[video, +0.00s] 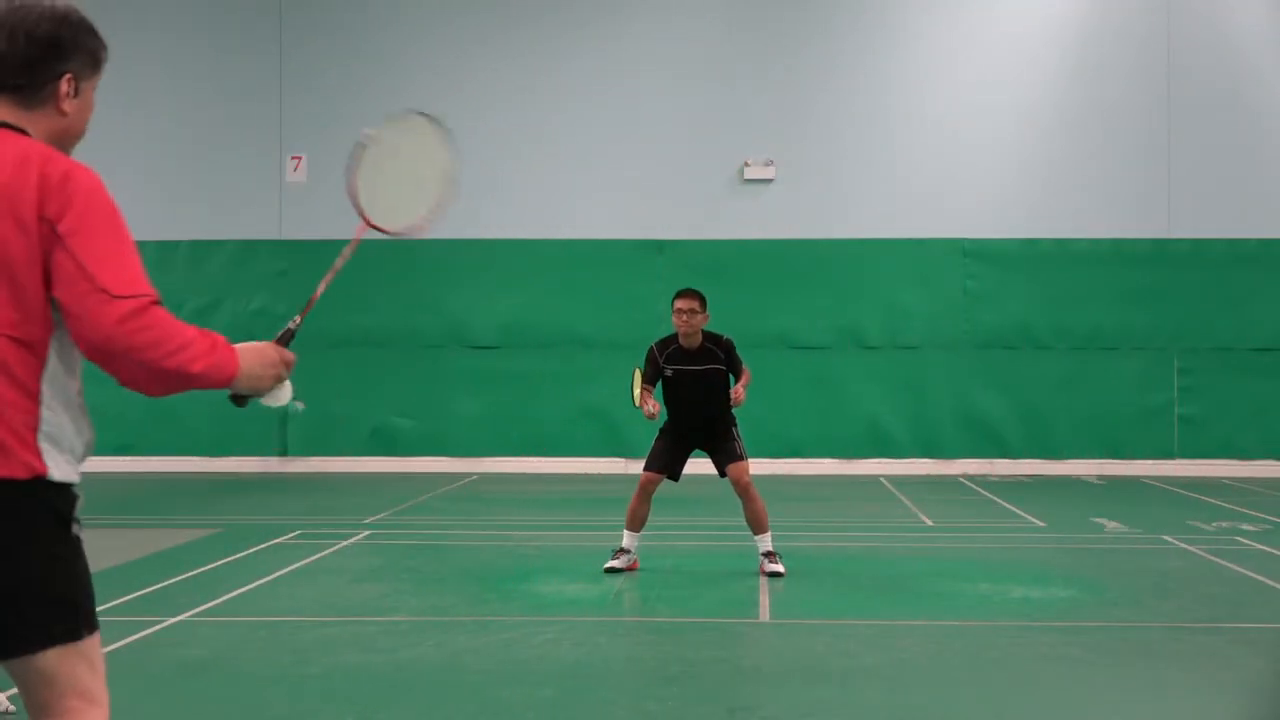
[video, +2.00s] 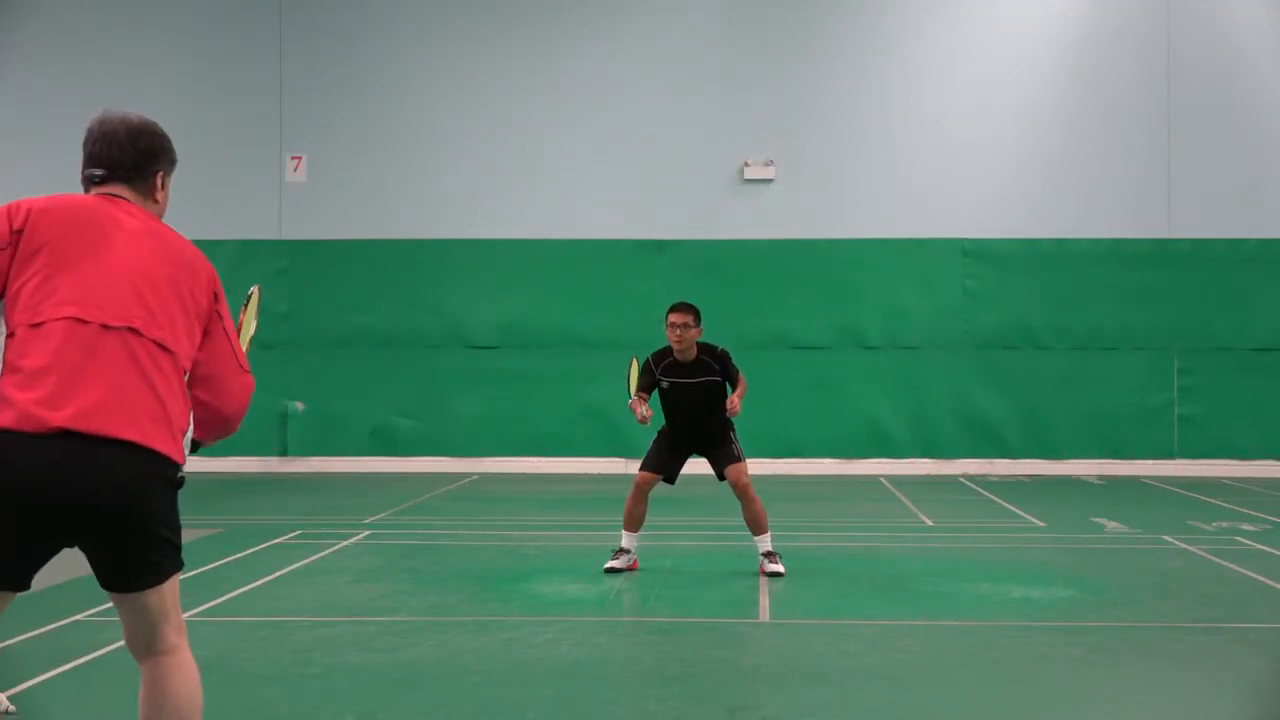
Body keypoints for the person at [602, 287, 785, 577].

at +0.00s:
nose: (684, 318)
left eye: (691, 313)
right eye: (679, 312)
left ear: (704, 318)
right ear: (672, 316)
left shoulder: (722, 346)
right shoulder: (660, 351)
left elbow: (743, 373)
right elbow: (645, 388)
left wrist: (741, 387)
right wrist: (648, 402)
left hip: (719, 427)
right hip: (677, 427)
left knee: (743, 482)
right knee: (646, 482)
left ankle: (767, 553)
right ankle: (627, 551)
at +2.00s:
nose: (677, 333)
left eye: (684, 327)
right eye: (672, 327)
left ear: (698, 330)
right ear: (666, 330)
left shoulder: (716, 357)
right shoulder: (657, 361)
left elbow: (739, 381)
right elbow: (639, 397)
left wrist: (737, 397)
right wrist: (641, 409)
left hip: (716, 433)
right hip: (675, 433)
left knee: (742, 484)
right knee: (641, 483)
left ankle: (767, 553)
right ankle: (626, 551)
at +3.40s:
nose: (661, 311)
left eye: (671, 309)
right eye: (660, 306)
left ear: (684, 322)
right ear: (653, 312)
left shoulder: (696, 354)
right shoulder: (639, 352)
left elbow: (721, 387)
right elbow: (622, 392)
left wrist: (722, 404)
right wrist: (604, 412)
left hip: (696, 431)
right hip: (658, 431)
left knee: (718, 488)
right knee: (635, 481)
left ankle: (762, 548)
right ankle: (620, 553)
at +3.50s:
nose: (652, 301)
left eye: (661, 300)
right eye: (652, 296)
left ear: (675, 314)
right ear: (647, 303)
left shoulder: (687, 347)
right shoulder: (634, 342)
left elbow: (714, 382)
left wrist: (711, 398)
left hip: (690, 422)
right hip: (654, 423)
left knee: (693, 478)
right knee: (628, 476)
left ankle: (730, 550)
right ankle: (615, 549)